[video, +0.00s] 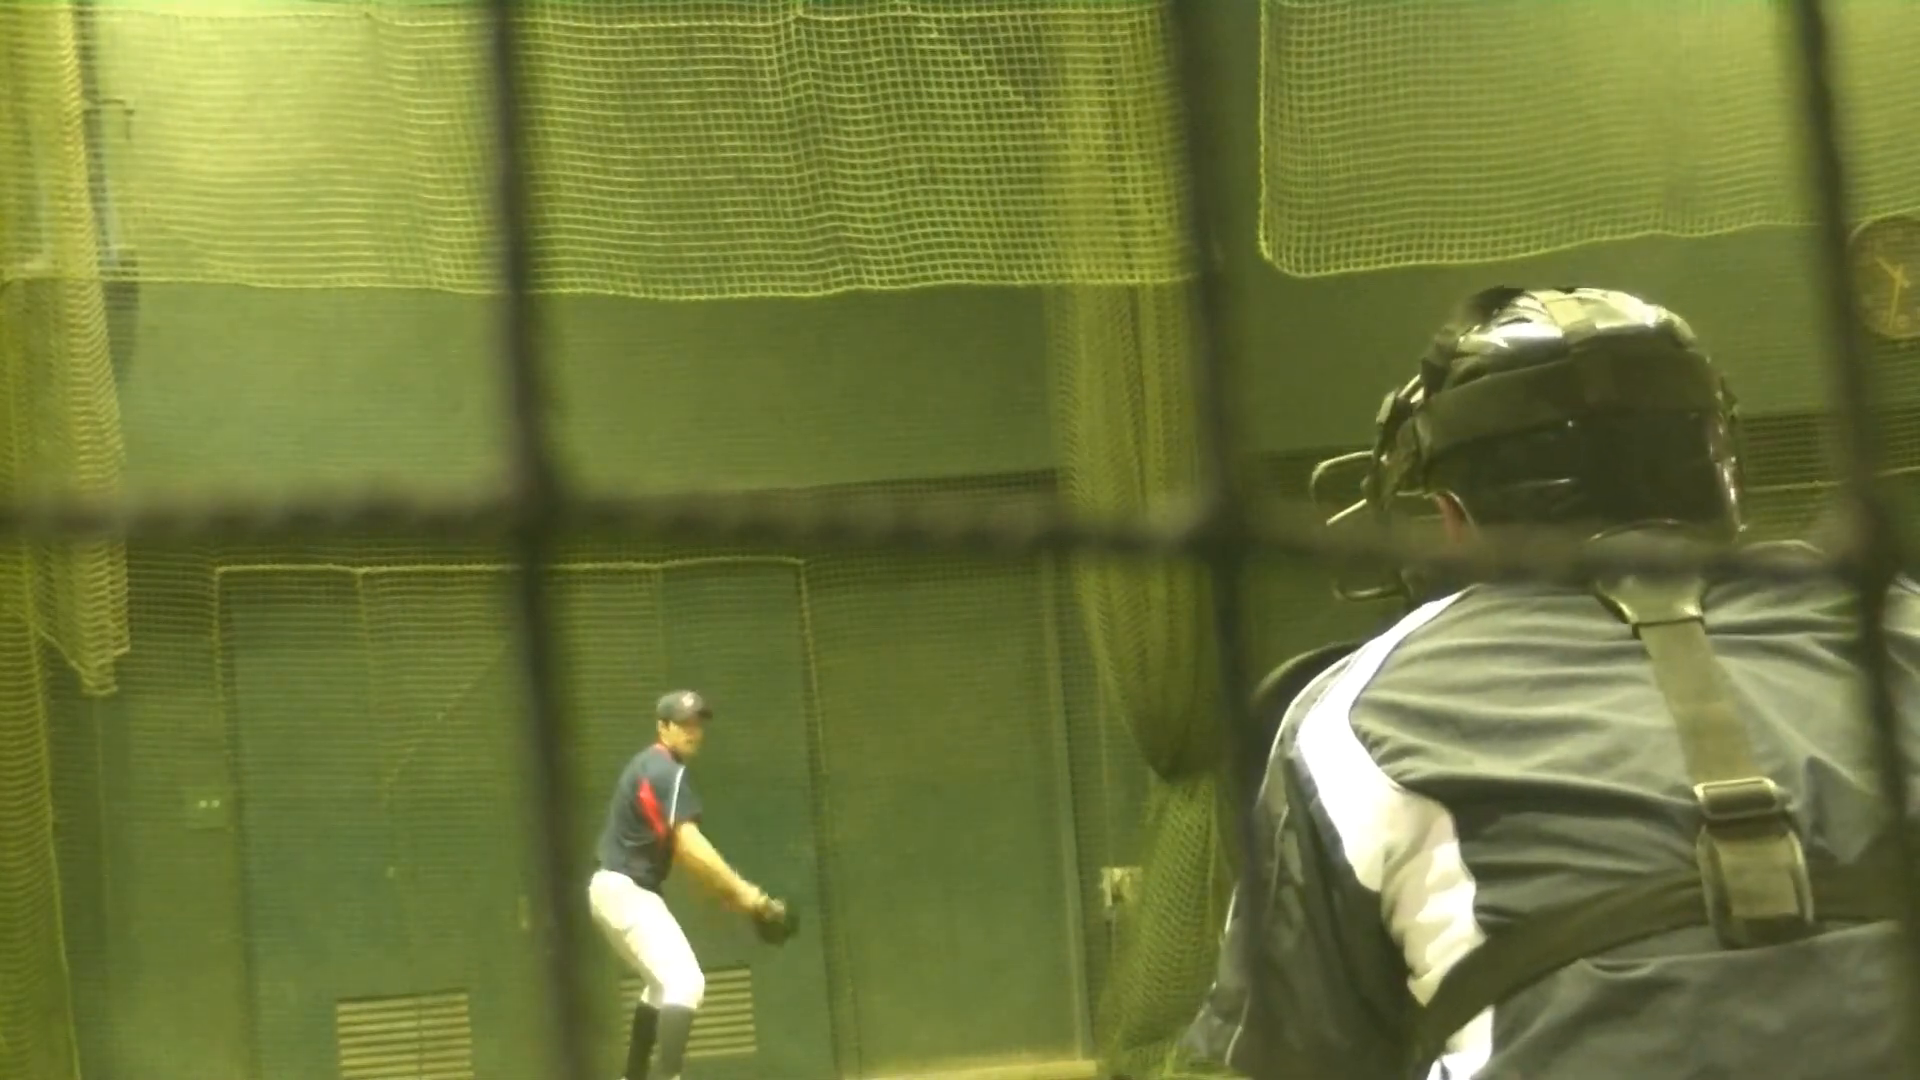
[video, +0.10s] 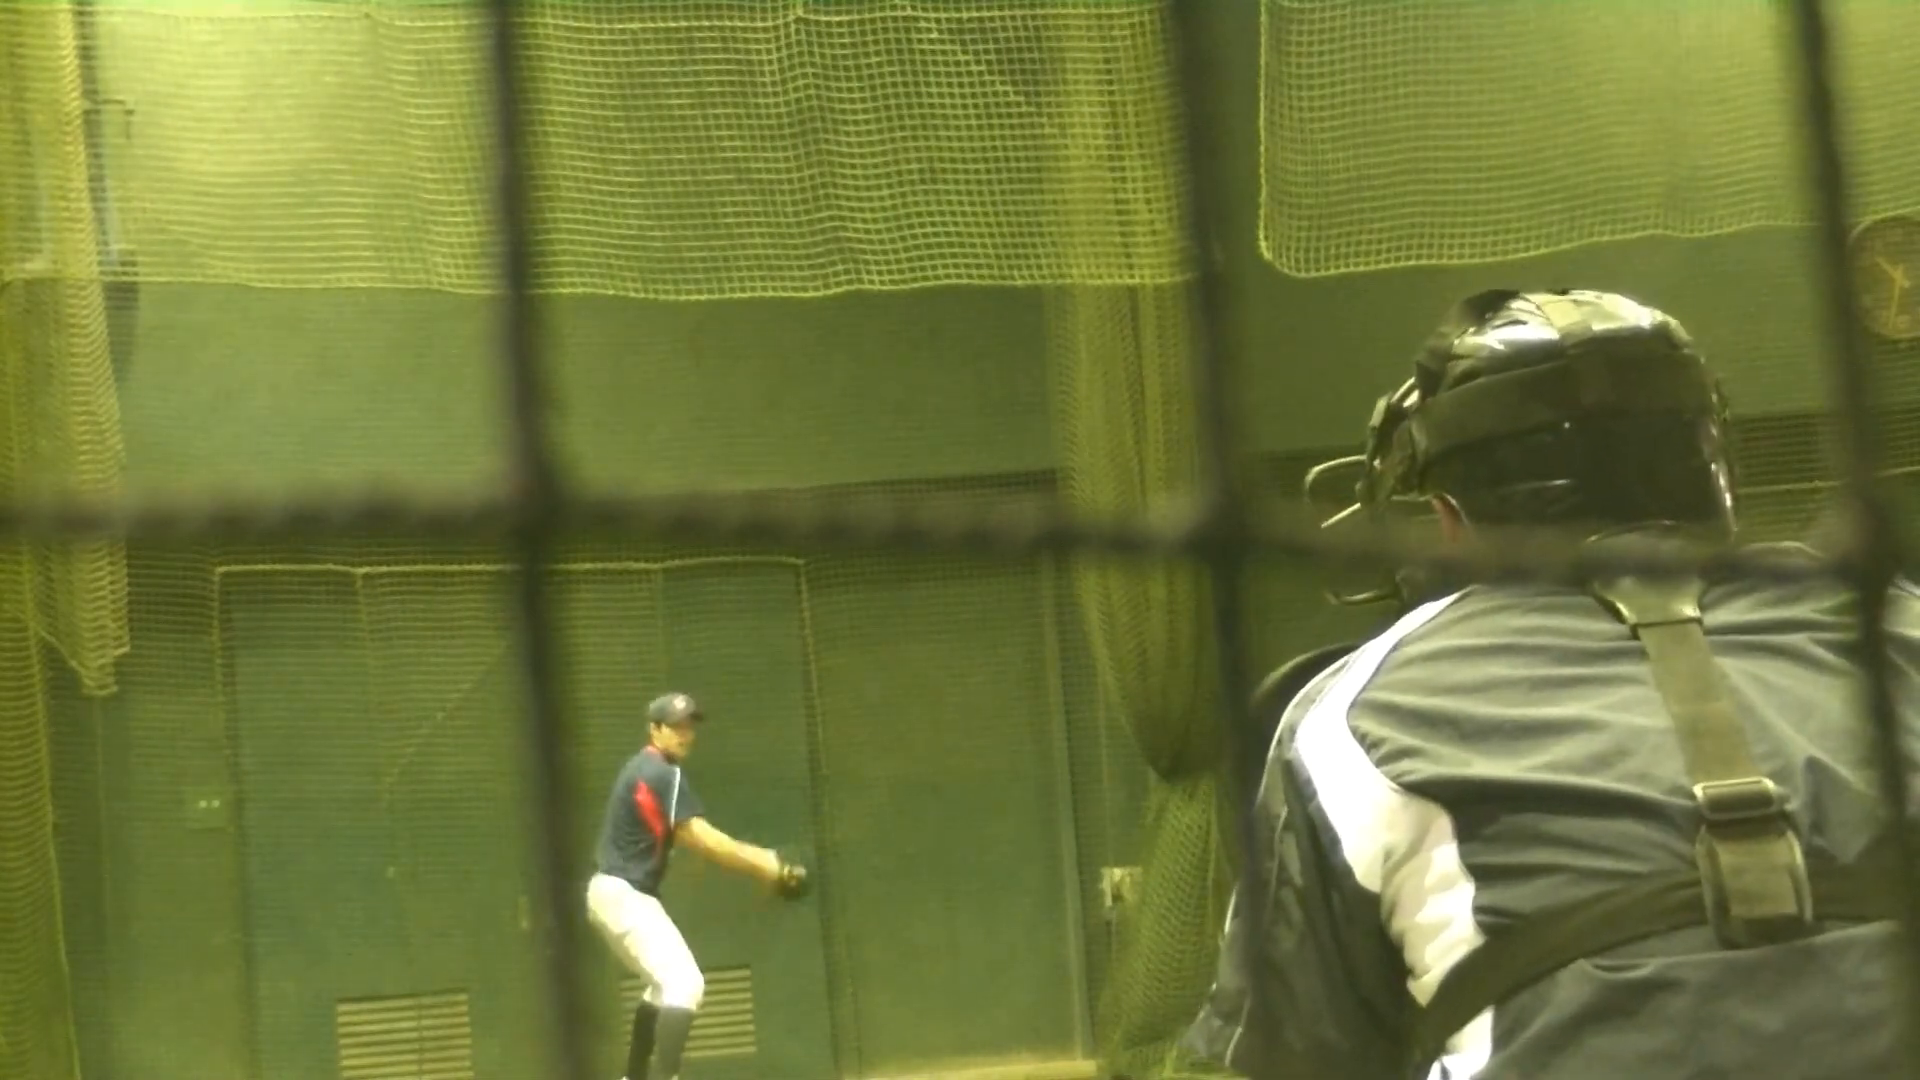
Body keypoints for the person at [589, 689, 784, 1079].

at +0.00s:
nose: (696, 734)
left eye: (699, 726)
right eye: (688, 726)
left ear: (702, 727)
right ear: (664, 727)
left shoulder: (649, 764)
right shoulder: (666, 769)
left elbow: (681, 846)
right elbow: (689, 842)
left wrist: (723, 887)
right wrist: (745, 892)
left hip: (613, 886)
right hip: (628, 888)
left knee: (661, 982)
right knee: (684, 983)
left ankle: (635, 1073)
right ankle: (668, 1072)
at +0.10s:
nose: (687, 735)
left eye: (690, 727)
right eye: (678, 727)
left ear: (691, 729)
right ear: (655, 730)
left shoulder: (644, 767)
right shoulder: (662, 773)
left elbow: (696, 836)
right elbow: (702, 836)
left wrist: (758, 859)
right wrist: (768, 866)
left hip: (611, 891)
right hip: (624, 893)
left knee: (663, 983)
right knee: (684, 983)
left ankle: (636, 1073)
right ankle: (665, 1073)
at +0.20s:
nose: (684, 740)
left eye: (685, 732)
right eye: (674, 733)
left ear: (686, 733)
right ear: (651, 735)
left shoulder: (637, 772)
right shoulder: (662, 779)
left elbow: (700, 819)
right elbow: (716, 834)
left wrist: (761, 820)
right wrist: (780, 836)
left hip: (608, 898)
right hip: (624, 900)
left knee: (666, 984)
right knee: (689, 985)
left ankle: (639, 1072)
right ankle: (667, 1073)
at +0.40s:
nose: (681, 745)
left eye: (683, 736)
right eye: (672, 737)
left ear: (682, 736)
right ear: (649, 740)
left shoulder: (637, 774)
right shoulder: (661, 780)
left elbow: (695, 807)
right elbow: (730, 813)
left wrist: (736, 782)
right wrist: (764, 779)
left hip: (607, 902)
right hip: (625, 905)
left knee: (670, 985)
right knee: (697, 986)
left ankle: (636, 1073)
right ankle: (666, 1073)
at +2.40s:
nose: (685, 746)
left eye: (687, 738)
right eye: (677, 739)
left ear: (656, 743)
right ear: (653, 741)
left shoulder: (639, 776)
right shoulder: (659, 782)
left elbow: (697, 801)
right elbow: (721, 833)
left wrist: (721, 766)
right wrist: (748, 782)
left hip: (603, 901)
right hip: (620, 905)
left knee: (665, 986)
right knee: (693, 989)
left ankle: (635, 1071)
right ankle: (666, 1072)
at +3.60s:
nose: (681, 746)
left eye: (683, 738)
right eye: (672, 739)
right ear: (648, 743)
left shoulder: (635, 779)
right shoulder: (655, 785)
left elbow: (687, 816)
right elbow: (719, 831)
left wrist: (713, 781)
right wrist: (741, 781)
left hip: (603, 905)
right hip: (618, 908)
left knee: (667, 984)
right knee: (696, 987)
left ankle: (637, 1073)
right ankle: (668, 1073)